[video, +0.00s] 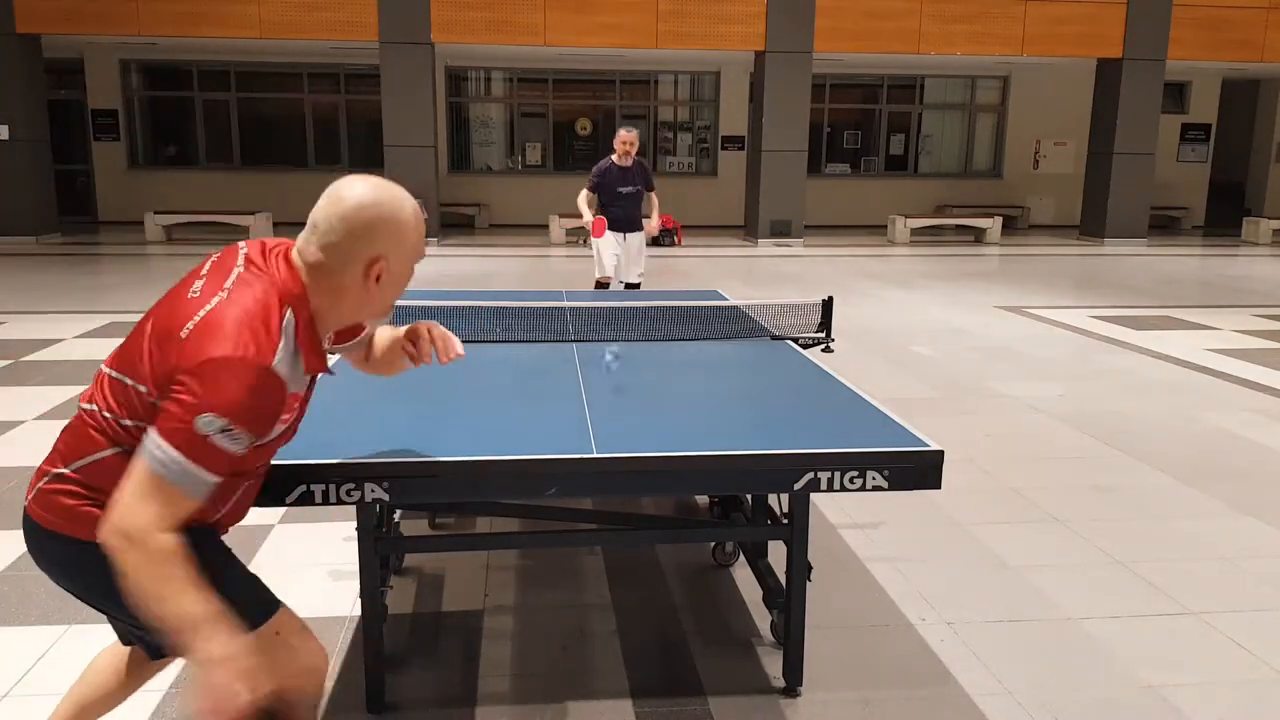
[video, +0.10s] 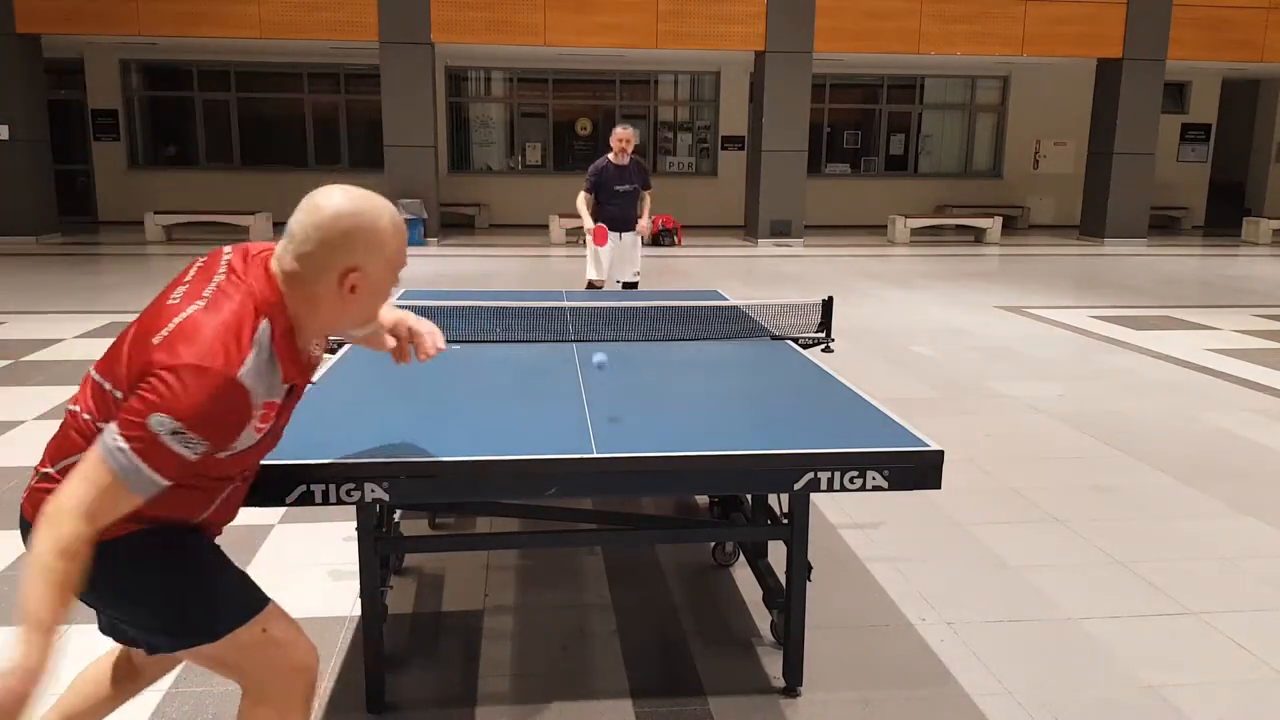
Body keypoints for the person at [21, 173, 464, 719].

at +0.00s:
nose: (409, 279)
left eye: (412, 264)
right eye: (410, 264)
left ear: (320, 236)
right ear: (377, 273)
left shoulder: (285, 268)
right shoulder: (244, 358)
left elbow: (370, 351)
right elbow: (132, 529)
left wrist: (407, 343)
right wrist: (219, 655)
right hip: (94, 525)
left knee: (159, 640)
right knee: (299, 669)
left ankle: (65, 715)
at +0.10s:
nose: (394, 289)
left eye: (397, 275)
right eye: (394, 276)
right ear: (351, 284)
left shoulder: (267, 265)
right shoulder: (212, 371)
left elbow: (315, 306)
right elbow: (69, 513)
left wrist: (372, 321)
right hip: (110, 530)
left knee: (159, 649)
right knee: (285, 664)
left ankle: (56, 717)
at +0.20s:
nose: (356, 270)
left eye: (362, 259)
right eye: (352, 258)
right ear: (309, 257)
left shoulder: (241, 243)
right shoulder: (186, 353)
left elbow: (298, 248)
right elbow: (58, 497)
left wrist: (352, 283)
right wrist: (4, 652)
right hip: (116, 524)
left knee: (142, 651)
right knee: (280, 662)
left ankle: (51, 715)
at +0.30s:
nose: (326, 186)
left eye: (325, 170)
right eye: (316, 172)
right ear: (255, 189)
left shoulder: (161, 195)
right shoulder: (188, 291)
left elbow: (226, 208)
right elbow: (160, 474)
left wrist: (283, 229)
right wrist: (227, 590)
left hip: (66, 479)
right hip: (109, 500)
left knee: (122, 636)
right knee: (263, 652)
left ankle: (37, 714)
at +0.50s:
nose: (210, 95)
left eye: (209, 79)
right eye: (202, 79)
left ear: (94, 78)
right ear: (159, 86)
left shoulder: (17, 161)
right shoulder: (149, 154)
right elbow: (309, 89)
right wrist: (267, 7)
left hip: (28, 459)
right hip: (132, 467)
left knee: (72, 628)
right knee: (230, 656)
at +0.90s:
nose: (125, 87)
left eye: (122, 72)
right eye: (119, 72)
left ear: (26, 82)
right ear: (92, 79)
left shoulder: (3, 152)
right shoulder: (107, 160)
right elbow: (279, 200)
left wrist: (140, 228)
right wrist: (254, 105)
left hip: (13, 464)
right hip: (105, 461)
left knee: (52, 639)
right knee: (230, 652)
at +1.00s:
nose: (160, 94)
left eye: (159, 80)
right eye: (157, 79)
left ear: (64, 83)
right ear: (131, 84)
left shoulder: (9, 163)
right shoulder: (131, 172)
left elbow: (57, 288)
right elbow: (295, 250)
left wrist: (164, 264)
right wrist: (298, 153)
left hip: (17, 467)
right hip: (105, 468)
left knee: (55, 638)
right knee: (234, 653)